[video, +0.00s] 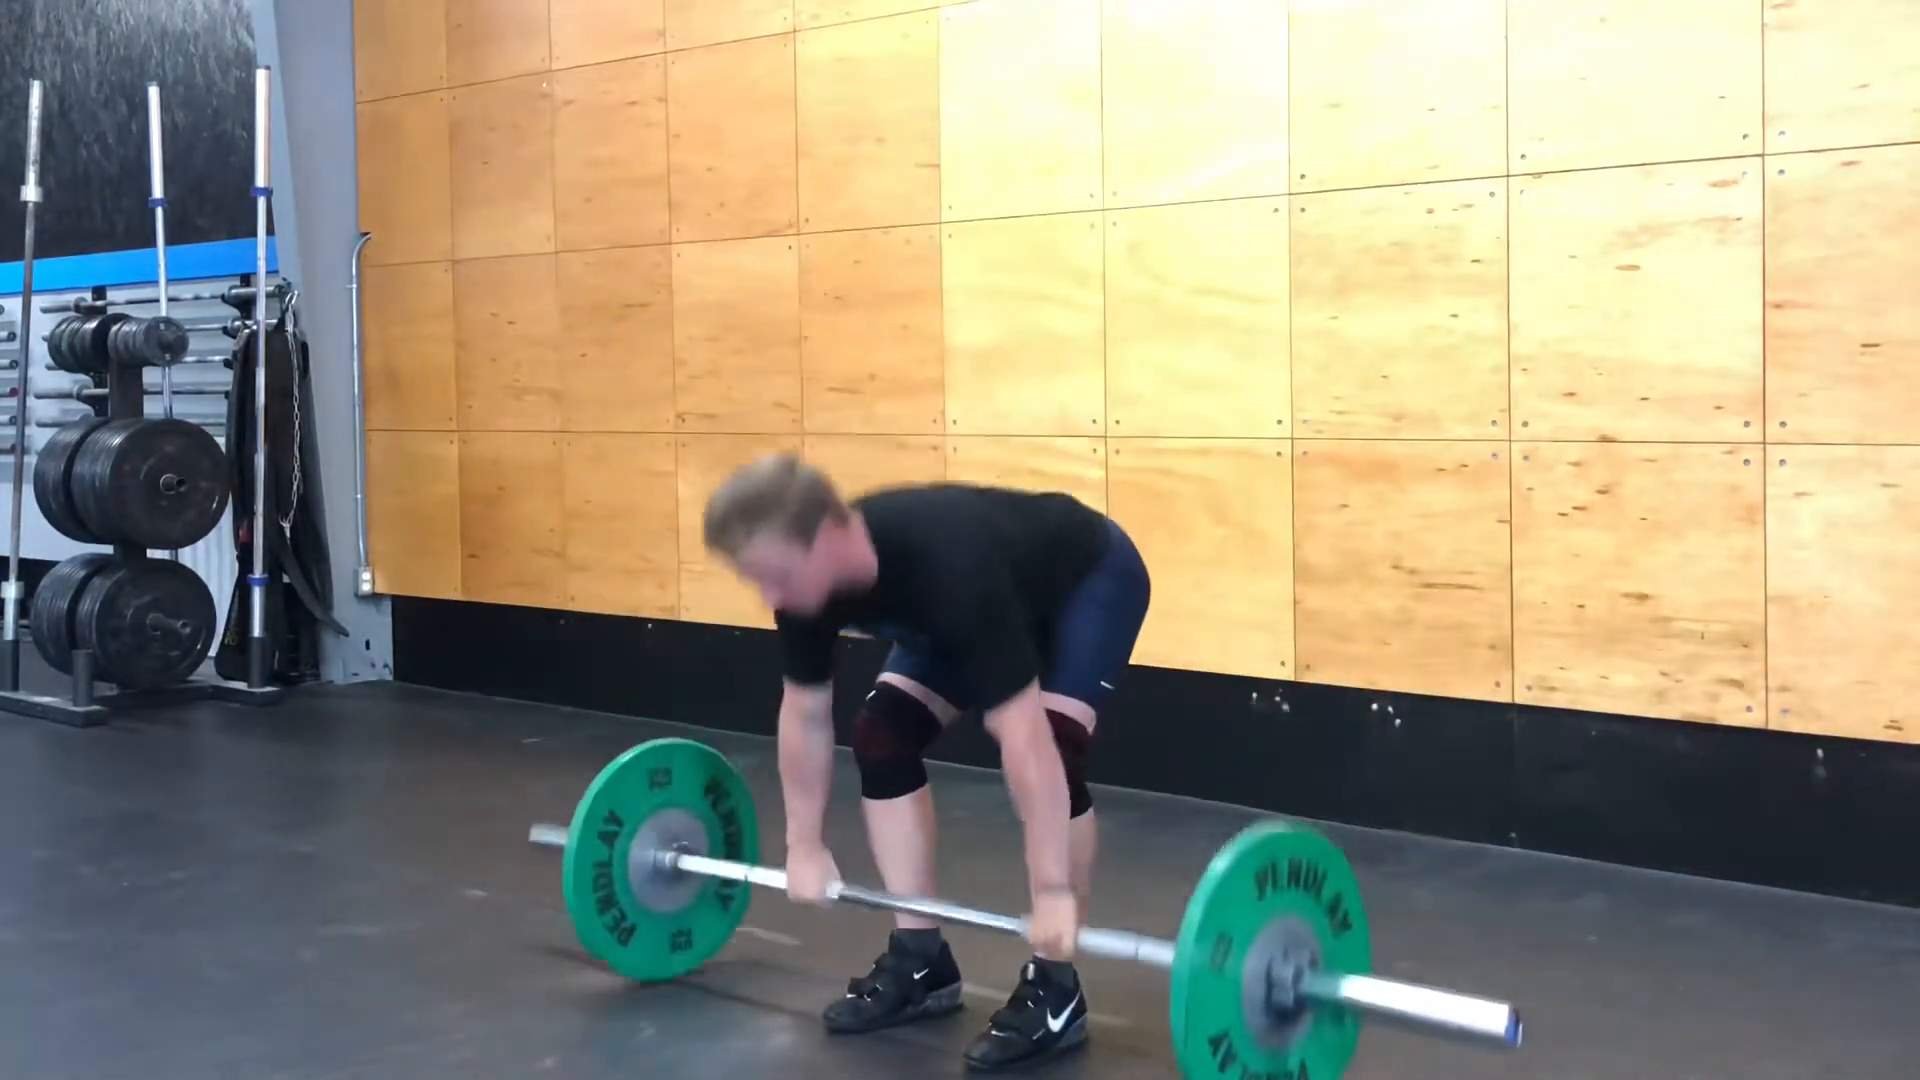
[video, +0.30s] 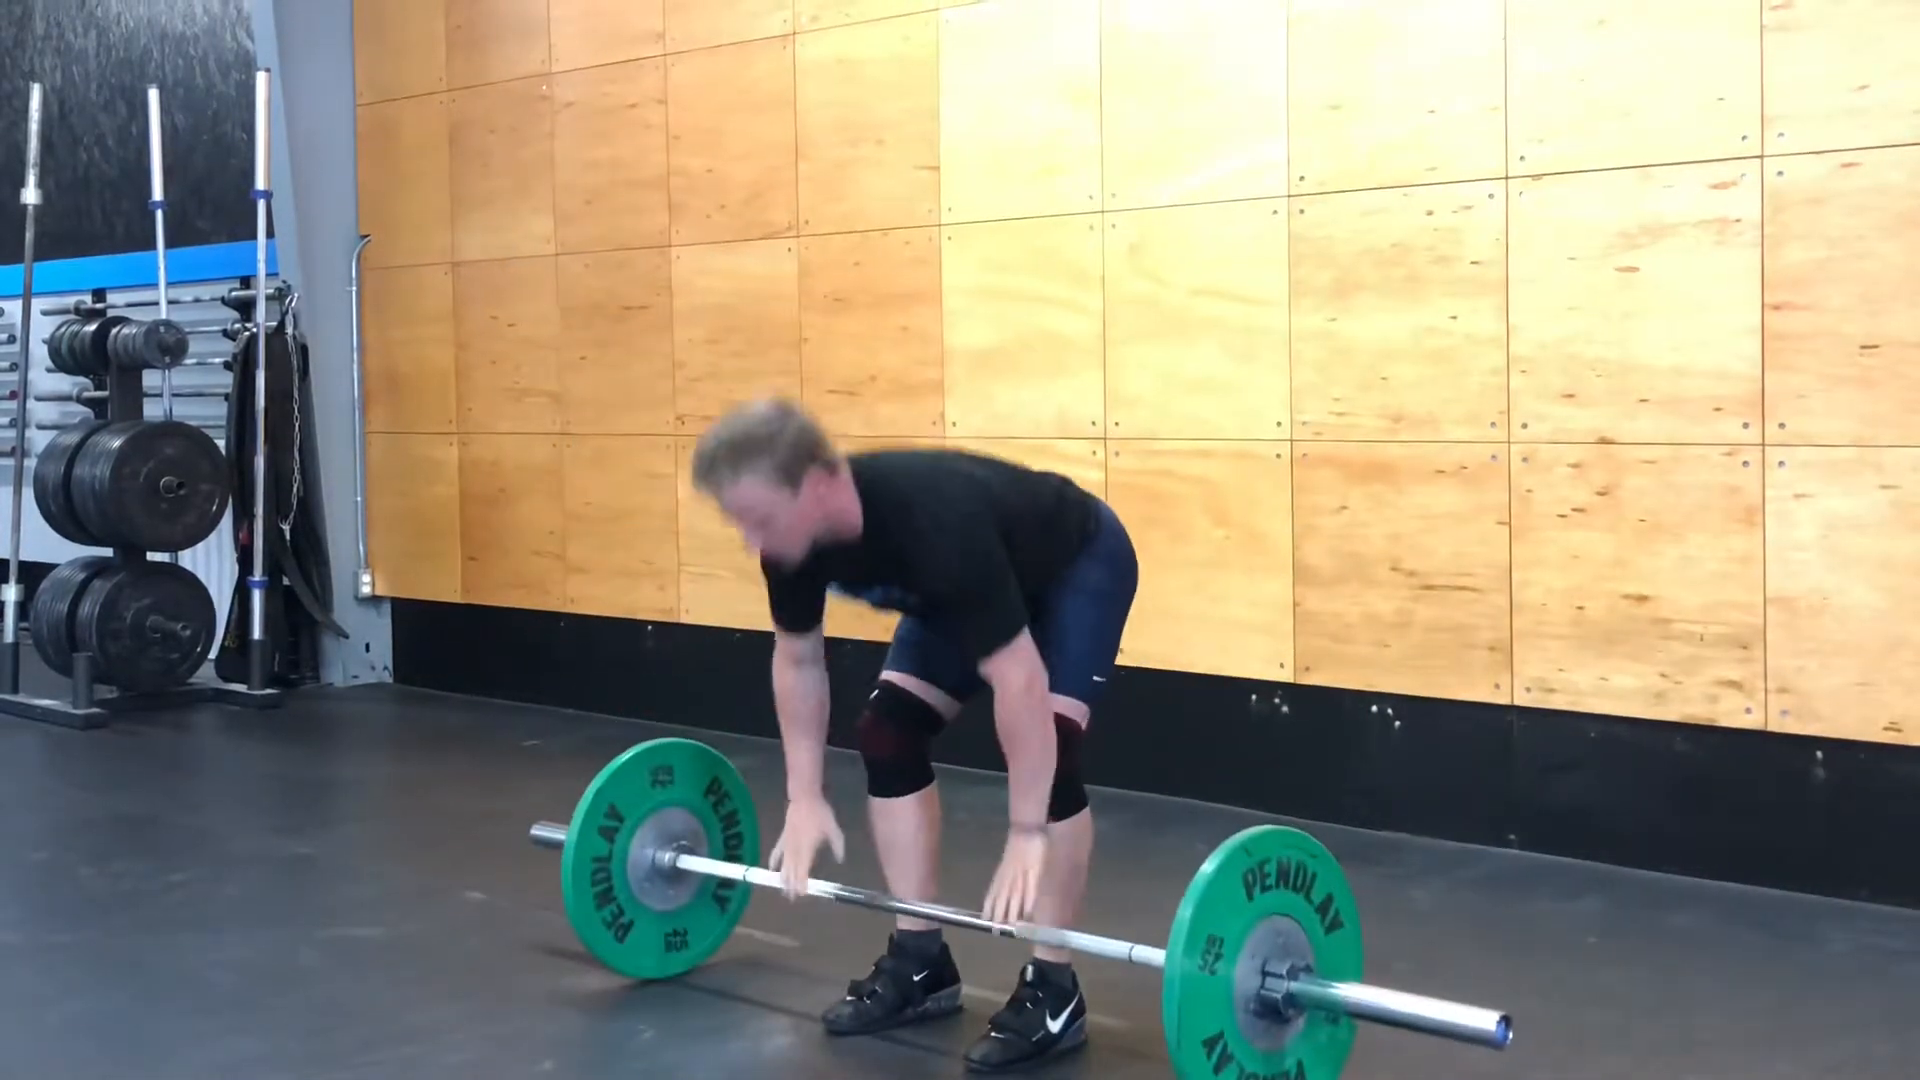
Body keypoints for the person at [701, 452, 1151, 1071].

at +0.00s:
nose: (770, 598)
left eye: (776, 574)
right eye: (758, 581)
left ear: (826, 536)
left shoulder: (953, 563)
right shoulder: (802, 574)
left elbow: (1025, 734)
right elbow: (804, 713)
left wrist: (1051, 890)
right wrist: (804, 846)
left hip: (1091, 578)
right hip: (986, 590)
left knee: (1051, 755)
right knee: (884, 735)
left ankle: (1053, 988)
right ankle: (920, 957)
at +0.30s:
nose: (750, 540)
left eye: (757, 519)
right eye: (741, 524)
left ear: (817, 484)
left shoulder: (939, 520)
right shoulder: (789, 534)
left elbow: (1021, 681)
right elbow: (798, 660)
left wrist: (1027, 833)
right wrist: (804, 799)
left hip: (1078, 561)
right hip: (968, 573)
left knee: (1047, 750)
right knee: (890, 732)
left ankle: (1052, 988)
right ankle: (920, 960)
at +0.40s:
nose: (760, 448)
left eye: (768, 424)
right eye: (748, 429)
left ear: (827, 395)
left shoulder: (943, 456)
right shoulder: (791, 483)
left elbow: (1022, 611)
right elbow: (807, 603)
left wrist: (1020, 766)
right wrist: (811, 737)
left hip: (1074, 550)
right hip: (966, 565)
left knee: (1048, 751)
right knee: (900, 730)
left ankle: (1050, 984)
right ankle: (919, 955)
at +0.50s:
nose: (775, 355)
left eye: (788, 332)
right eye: (765, 336)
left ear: (852, 317)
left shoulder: (956, 399)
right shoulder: (802, 422)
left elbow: (1025, 557)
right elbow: (816, 545)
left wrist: (1009, 703)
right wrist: (825, 678)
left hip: (1070, 543)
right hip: (969, 555)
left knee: (1044, 749)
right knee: (907, 730)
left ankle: (1052, 982)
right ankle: (920, 953)